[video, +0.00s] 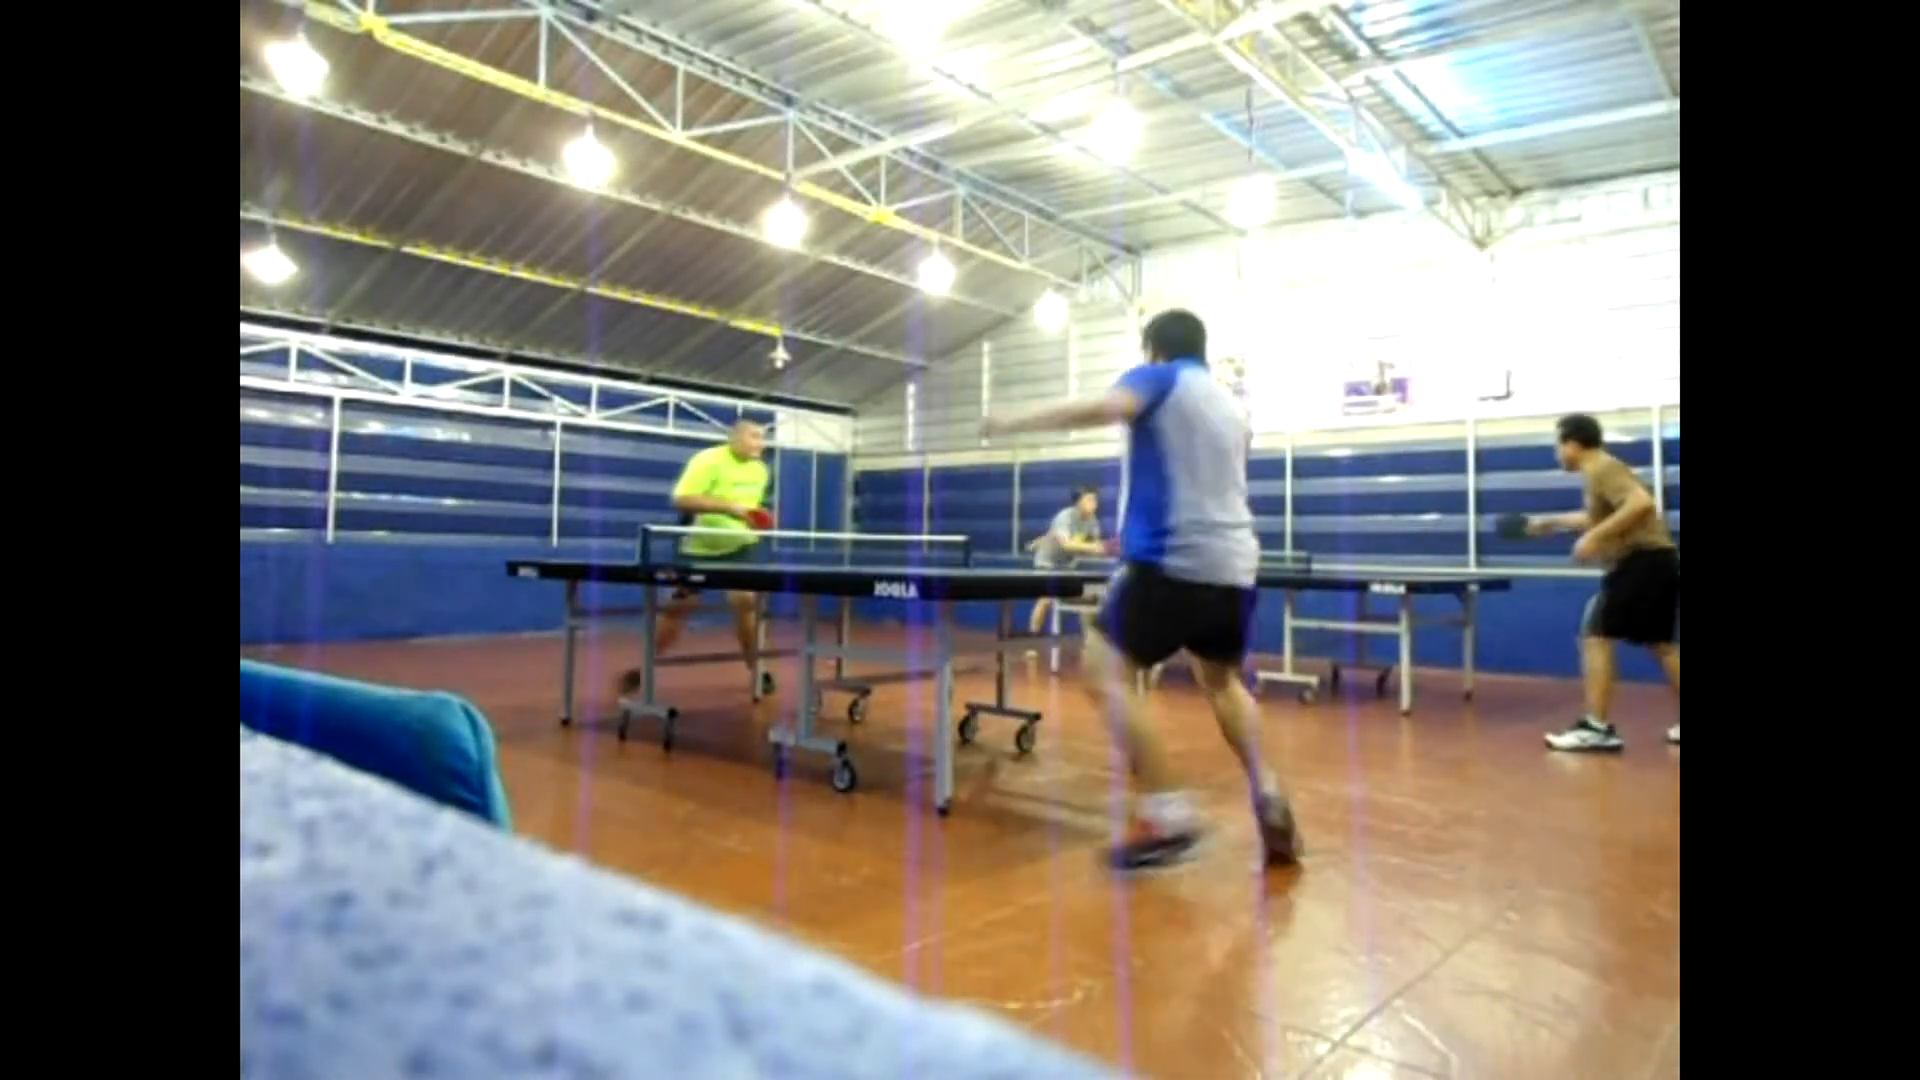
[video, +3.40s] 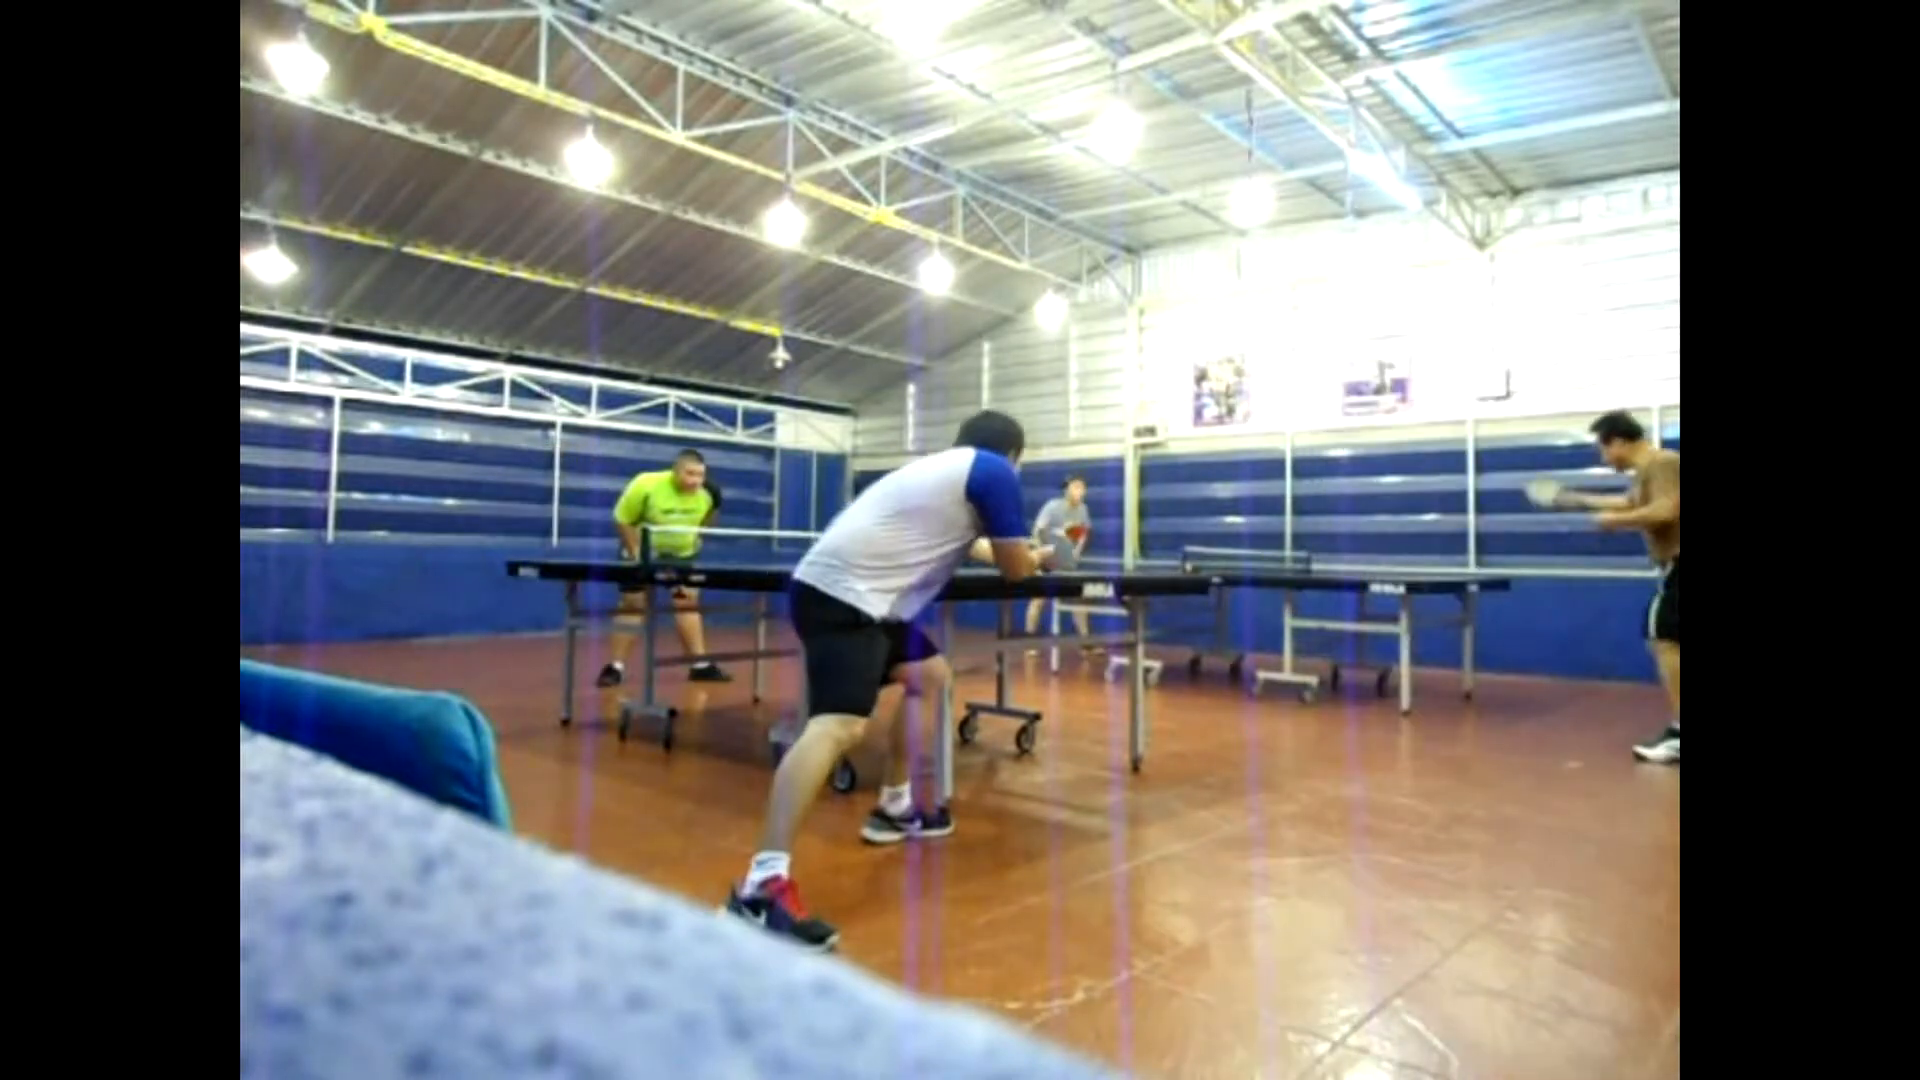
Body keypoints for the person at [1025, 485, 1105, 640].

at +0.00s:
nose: (1093, 505)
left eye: (1094, 500)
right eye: (1089, 500)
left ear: (1096, 502)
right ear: (1078, 501)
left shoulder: (1092, 520)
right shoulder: (1065, 516)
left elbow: (1097, 545)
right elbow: (1066, 544)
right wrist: (1094, 548)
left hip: (1070, 562)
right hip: (1047, 560)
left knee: (1078, 598)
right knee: (1046, 598)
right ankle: (1034, 635)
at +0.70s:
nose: (1085, 484)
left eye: (1086, 481)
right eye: (1080, 480)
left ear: (1087, 484)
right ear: (1071, 483)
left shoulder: (1084, 506)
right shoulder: (1056, 502)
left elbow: (1083, 529)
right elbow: (1043, 529)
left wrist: (1087, 540)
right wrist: (1068, 540)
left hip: (1075, 561)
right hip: (1053, 561)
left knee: (1080, 601)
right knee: (1042, 599)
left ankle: (1086, 638)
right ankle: (1033, 637)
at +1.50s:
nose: (1070, 486)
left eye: (1073, 481)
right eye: (1067, 482)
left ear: (1080, 484)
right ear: (1061, 485)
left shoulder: (1085, 507)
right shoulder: (1052, 505)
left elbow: (1089, 535)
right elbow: (1051, 532)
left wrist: (1092, 559)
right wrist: (1052, 558)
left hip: (1082, 561)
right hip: (1060, 561)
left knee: (1083, 601)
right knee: (1046, 599)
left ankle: (1086, 637)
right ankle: (1034, 635)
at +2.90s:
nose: (1074, 487)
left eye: (1077, 483)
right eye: (1070, 483)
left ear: (1082, 487)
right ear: (1063, 485)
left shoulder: (1084, 508)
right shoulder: (1051, 504)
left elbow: (1086, 533)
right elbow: (1043, 532)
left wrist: (1089, 554)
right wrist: (1065, 543)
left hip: (1080, 560)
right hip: (1056, 560)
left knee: (1083, 600)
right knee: (1046, 598)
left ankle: (1085, 638)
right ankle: (1034, 635)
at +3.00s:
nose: (1086, 490)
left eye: (1089, 486)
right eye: (1083, 485)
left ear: (1092, 489)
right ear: (1075, 487)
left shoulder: (1086, 507)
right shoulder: (1063, 504)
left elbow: (1085, 531)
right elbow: (1065, 522)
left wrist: (1087, 553)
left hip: (1077, 558)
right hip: (1057, 557)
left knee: (1081, 599)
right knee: (1049, 597)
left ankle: (1086, 636)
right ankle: (1037, 633)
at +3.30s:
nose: (1083, 490)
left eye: (1085, 486)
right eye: (1079, 486)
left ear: (1088, 490)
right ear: (1071, 488)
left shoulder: (1085, 509)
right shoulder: (1057, 505)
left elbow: (1087, 532)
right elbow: (1045, 526)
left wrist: (1083, 553)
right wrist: (1065, 530)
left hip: (1076, 558)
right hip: (1053, 557)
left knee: (1084, 599)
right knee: (1043, 597)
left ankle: (1087, 637)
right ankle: (1031, 634)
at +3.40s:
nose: (1078, 492)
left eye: (1081, 488)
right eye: (1075, 487)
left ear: (1084, 492)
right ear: (1067, 489)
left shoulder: (1082, 509)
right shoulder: (1053, 506)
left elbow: (1084, 531)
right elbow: (1039, 529)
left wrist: (1076, 552)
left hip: (1069, 558)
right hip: (1048, 558)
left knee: (1078, 599)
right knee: (1039, 597)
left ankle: (1085, 637)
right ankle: (1030, 634)